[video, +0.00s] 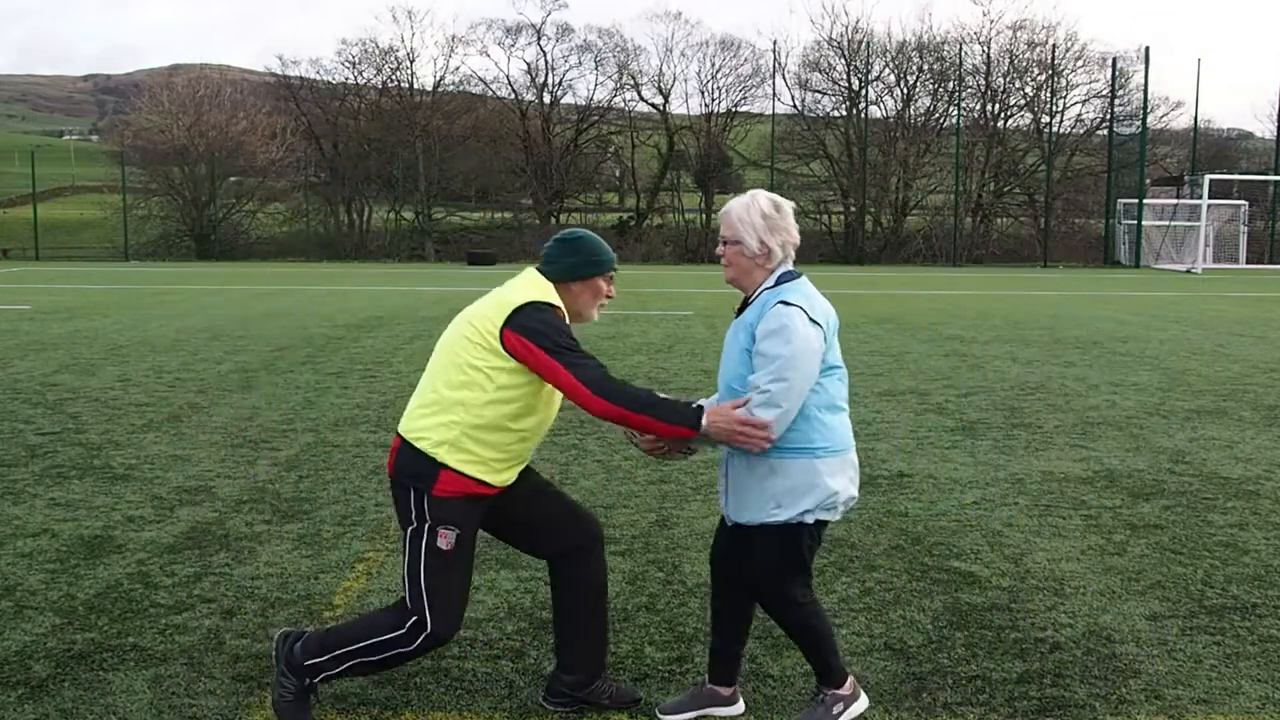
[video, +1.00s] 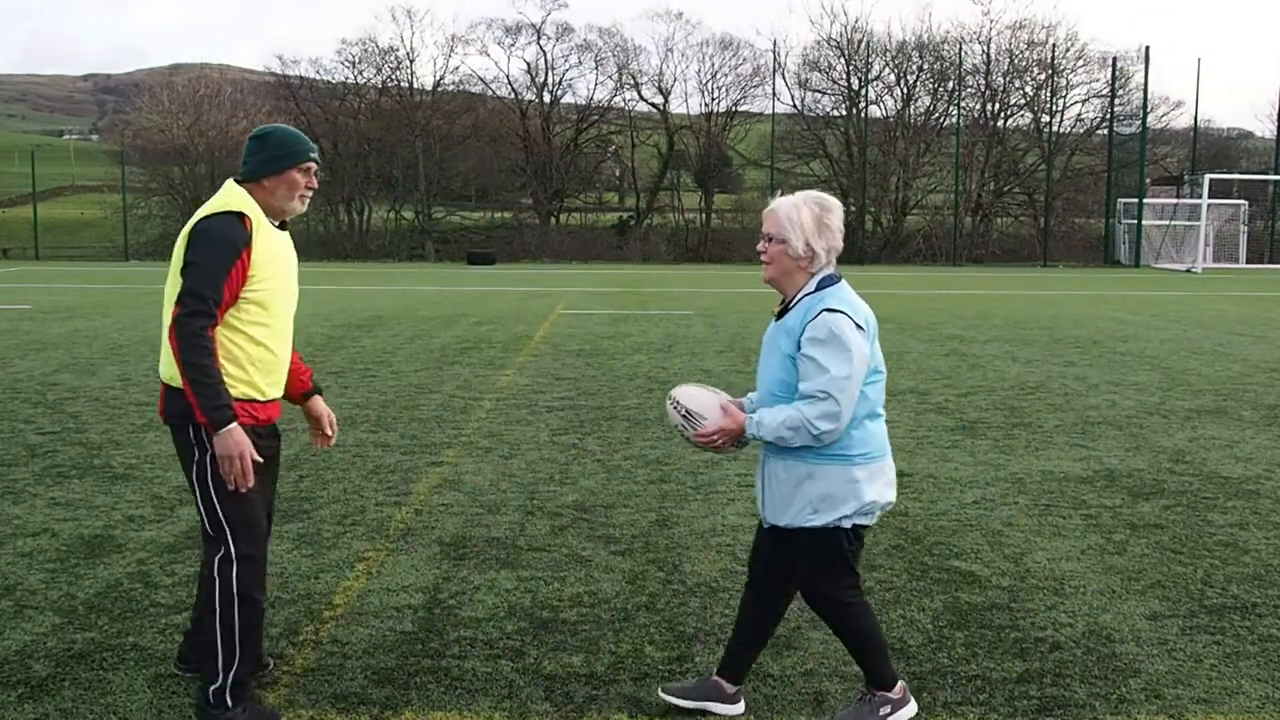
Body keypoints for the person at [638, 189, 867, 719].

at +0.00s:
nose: (718, 253)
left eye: (728, 243)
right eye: (720, 241)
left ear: (763, 251)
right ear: (761, 252)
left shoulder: (790, 315)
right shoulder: (762, 307)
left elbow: (763, 423)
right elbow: (736, 393)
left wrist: (689, 434)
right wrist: (680, 425)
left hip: (798, 480)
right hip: (760, 474)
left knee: (779, 582)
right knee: (730, 567)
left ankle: (840, 689)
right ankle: (720, 688)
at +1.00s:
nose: (760, 250)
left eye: (770, 240)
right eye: (761, 239)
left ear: (806, 251)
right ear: (800, 252)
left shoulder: (832, 319)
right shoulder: (800, 312)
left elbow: (825, 415)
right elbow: (788, 391)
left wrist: (750, 425)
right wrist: (741, 410)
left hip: (834, 485)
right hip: (795, 479)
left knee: (830, 590)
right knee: (766, 583)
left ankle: (890, 693)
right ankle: (726, 683)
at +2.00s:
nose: (987, 247)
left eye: (998, 238)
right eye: (988, 236)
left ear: (1034, 247)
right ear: (1030, 248)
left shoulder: (1064, 313)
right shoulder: (1021, 307)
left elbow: (1065, 407)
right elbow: (1008, 385)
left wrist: (991, 421)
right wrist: (966, 408)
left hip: (1073, 479)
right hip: (1030, 474)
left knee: (1080, 583)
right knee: (1010, 569)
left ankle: (1113, 688)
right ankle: (991, 674)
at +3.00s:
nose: (1058, 244)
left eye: (1070, 235)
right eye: (1058, 234)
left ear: (1107, 240)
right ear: (1064, 237)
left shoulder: (1143, 304)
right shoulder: (1074, 298)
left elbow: (1157, 392)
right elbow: (1068, 374)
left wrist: (1077, 413)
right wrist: (1037, 406)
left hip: (1138, 462)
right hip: (1096, 458)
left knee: (1113, 566)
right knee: (1099, 563)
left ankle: (1127, 681)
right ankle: (1121, 667)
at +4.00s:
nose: (1029, 253)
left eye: (1037, 243)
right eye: (1027, 243)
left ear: (1073, 243)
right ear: (1052, 246)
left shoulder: (1112, 304)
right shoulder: (1059, 301)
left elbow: (1127, 390)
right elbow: (1052, 379)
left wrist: (1053, 417)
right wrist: (1016, 411)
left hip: (1114, 460)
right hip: (1081, 457)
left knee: (1059, 554)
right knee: (1107, 562)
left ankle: (1076, 673)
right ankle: (1128, 670)